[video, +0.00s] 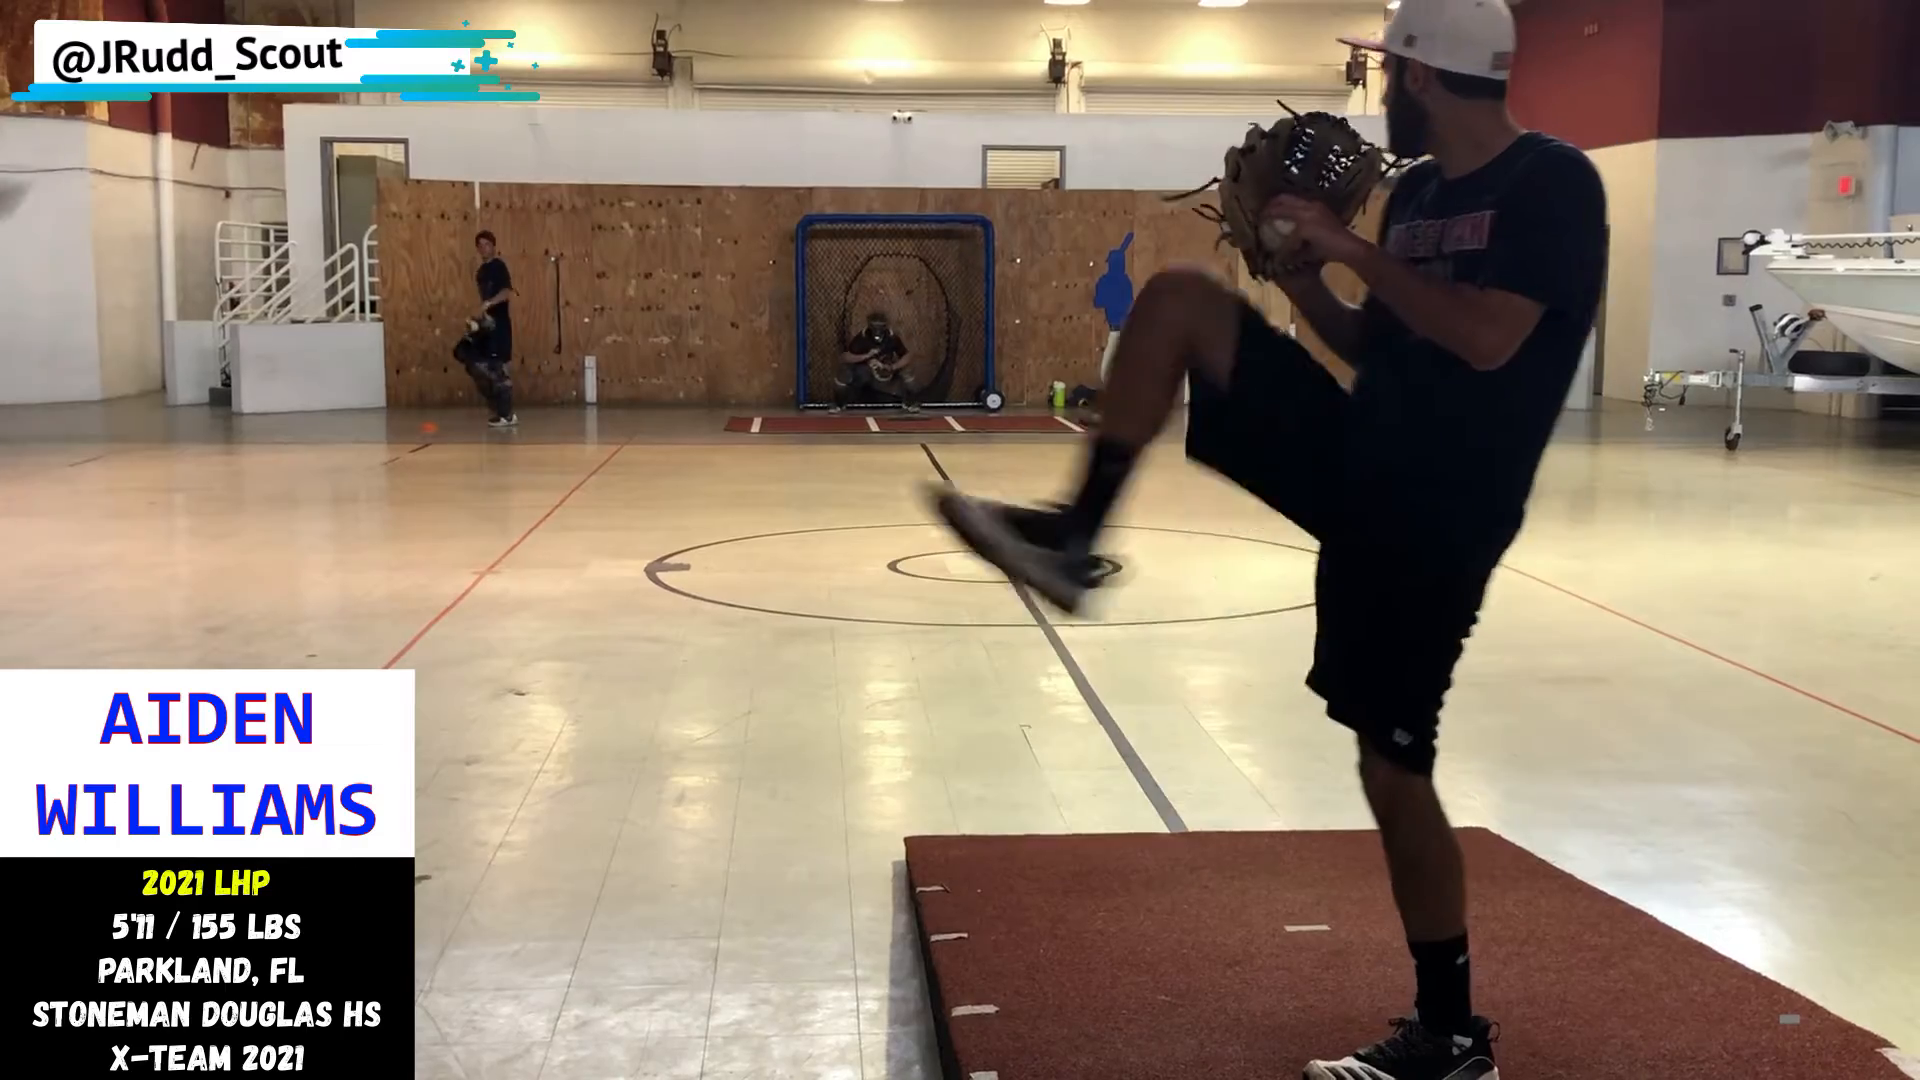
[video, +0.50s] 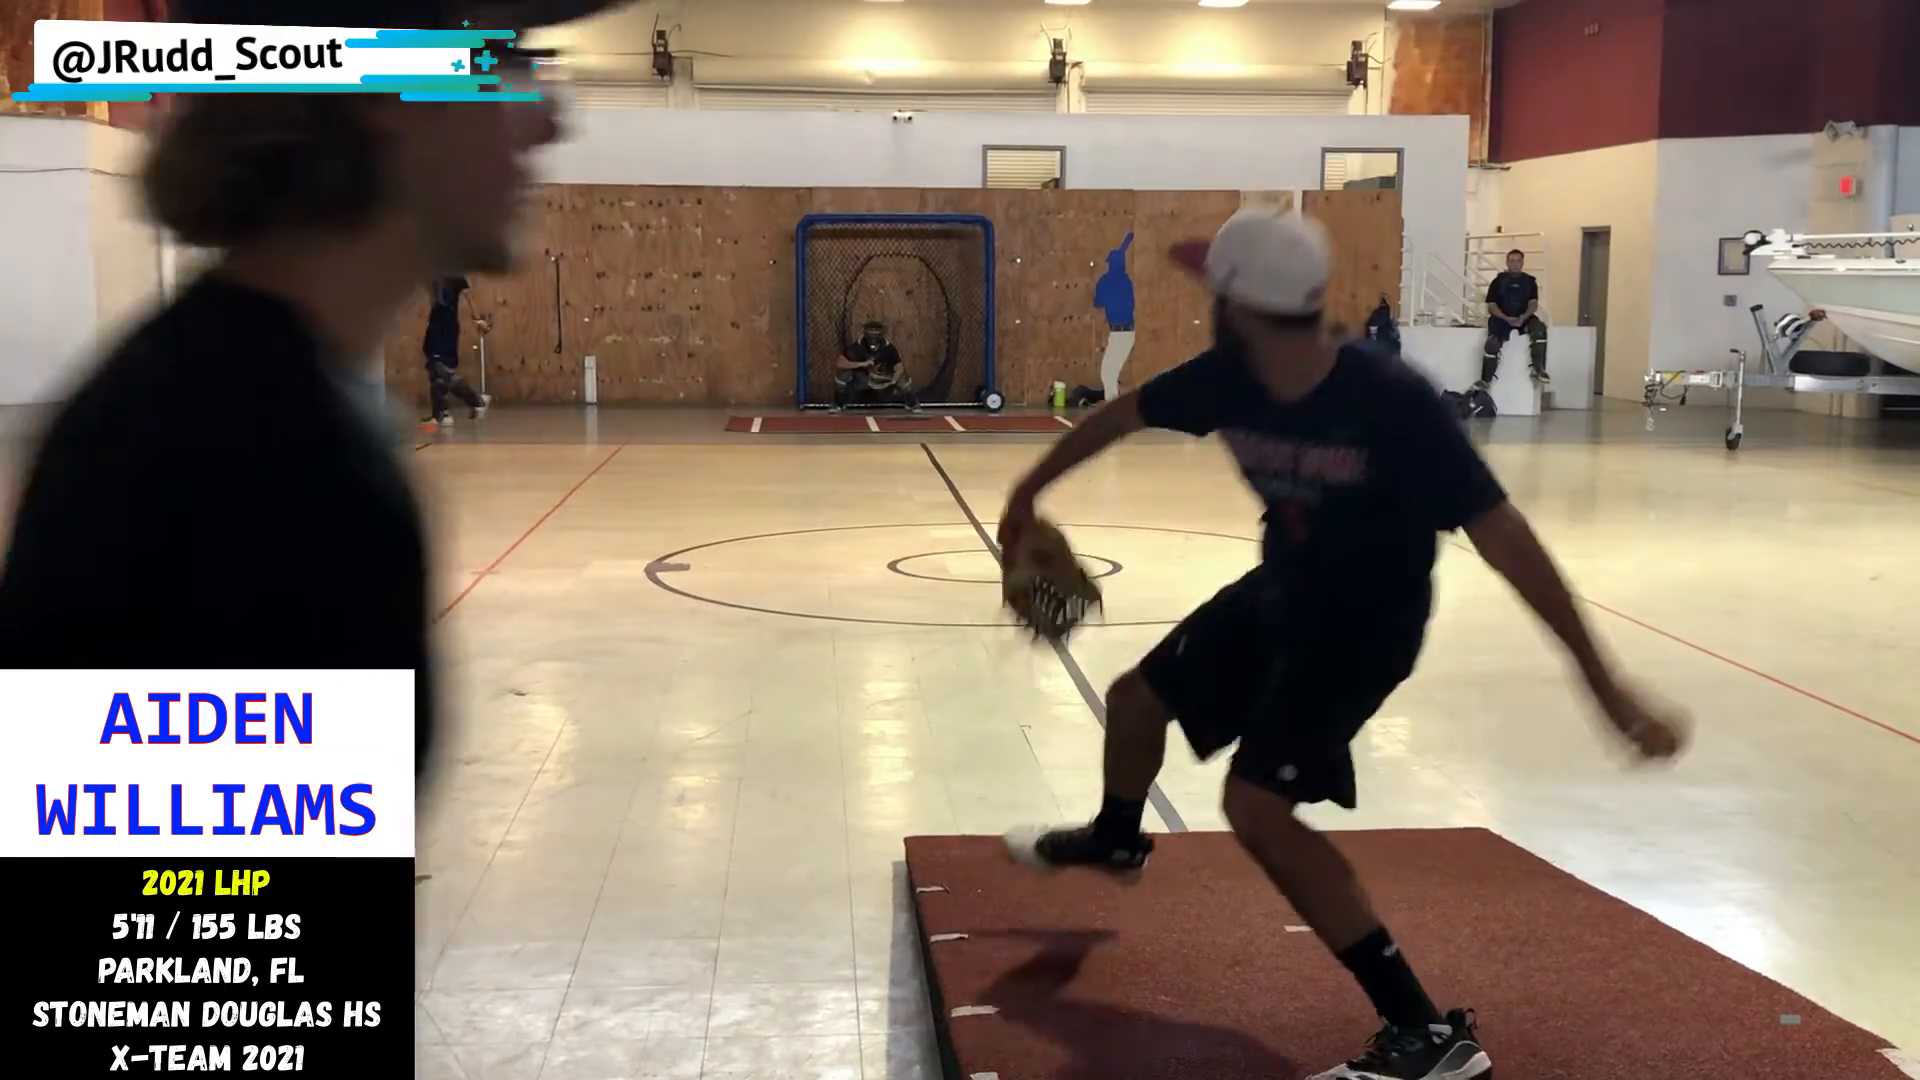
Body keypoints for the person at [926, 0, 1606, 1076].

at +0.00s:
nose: (1386, 81)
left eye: (1397, 62)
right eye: (1389, 62)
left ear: (1433, 71)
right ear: (1451, 75)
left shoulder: (1555, 182)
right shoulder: (1418, 190)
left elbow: (1491, 332)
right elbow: (1370, 354)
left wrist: (1347, 248)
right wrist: (1287, 267)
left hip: (1437, 514)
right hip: (1354, 463)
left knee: (1392, 765)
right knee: (1181, 301)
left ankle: (1449, 1028)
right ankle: (1073, 536)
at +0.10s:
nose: (1360, 96)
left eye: (1368, 76)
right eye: (1360, 78)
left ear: (1408, 78)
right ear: (1418, 80)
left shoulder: (1530, 187)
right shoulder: (1388, 194)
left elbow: (1480, 347)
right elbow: (1356, 361)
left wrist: (1336, 265)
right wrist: (1275, 283)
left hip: (1417, 518)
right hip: (1336, 466)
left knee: (1364, 767)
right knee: (1176, 312)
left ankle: (1445, 1029)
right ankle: (1222, 565)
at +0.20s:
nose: (1326, 115)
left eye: (1337, 98)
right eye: (1328, 97)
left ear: (1380, 102)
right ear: (1392, 101)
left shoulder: (1502, 207)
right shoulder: (1356, 210)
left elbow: (1478, 384)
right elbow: (1333, 358)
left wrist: (1316, 339)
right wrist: (1254, 326)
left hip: (1418, 533)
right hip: (1330, 486)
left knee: (1338, 777)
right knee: (1139, 444)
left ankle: (1441, 1027)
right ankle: (1232, 660)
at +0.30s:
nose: (1294, 168)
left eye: (1303, 151)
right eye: (1297, 150)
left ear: (1340, 159)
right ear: (1373, 158)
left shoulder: (1476, 264)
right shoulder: (1321, 257)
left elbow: (1470, 440)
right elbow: (1263, 370)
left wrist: (1289, 507)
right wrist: (1182, 435)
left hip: (1425, 556)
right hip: (1327, 528)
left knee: (1320, 780)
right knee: (1128, 577)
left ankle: (1438, 1029)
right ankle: (1161, 807)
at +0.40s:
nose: (1261, 244)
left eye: (1269, 230)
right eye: (1265, 230)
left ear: (1297, 237)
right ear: (1350, 232)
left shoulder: (1443, 336)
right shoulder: (1277, 323)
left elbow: (1478, 516)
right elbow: (1170, 407)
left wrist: (1423, 657)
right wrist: (1077, 518)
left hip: (1402, 586)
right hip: (1309, 558)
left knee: (1291, 787)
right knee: (1133, 664)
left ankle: (1429, 1028)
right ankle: (1108, 858)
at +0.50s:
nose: (1212, 311)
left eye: (1218, 295)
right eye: (1217, 295)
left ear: (1238, 306)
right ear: (1308, 298)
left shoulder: (1396, 400)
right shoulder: (1228, 377)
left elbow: (1503, 534)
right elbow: (1123, 414)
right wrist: (1023, 494)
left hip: (1367, 621)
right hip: (1277, 592)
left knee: (1256, 807)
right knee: (1135, 703)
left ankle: (1419, 1025)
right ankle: (1115, 835)